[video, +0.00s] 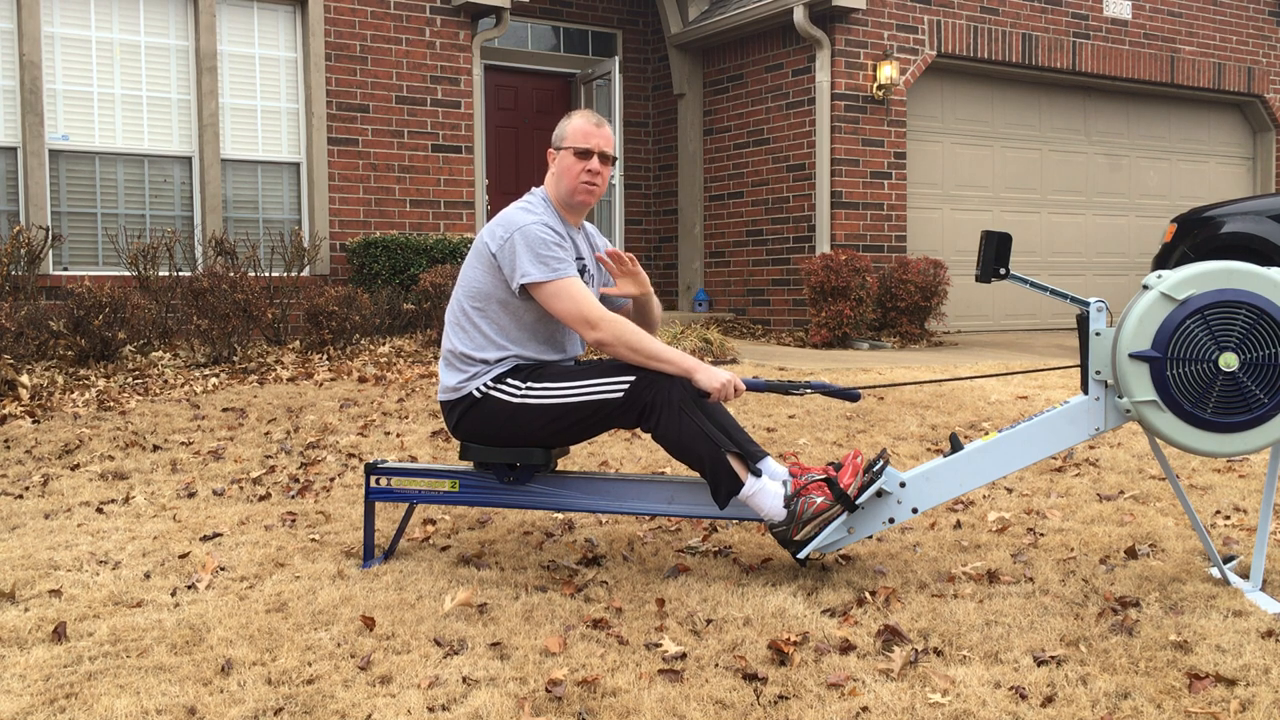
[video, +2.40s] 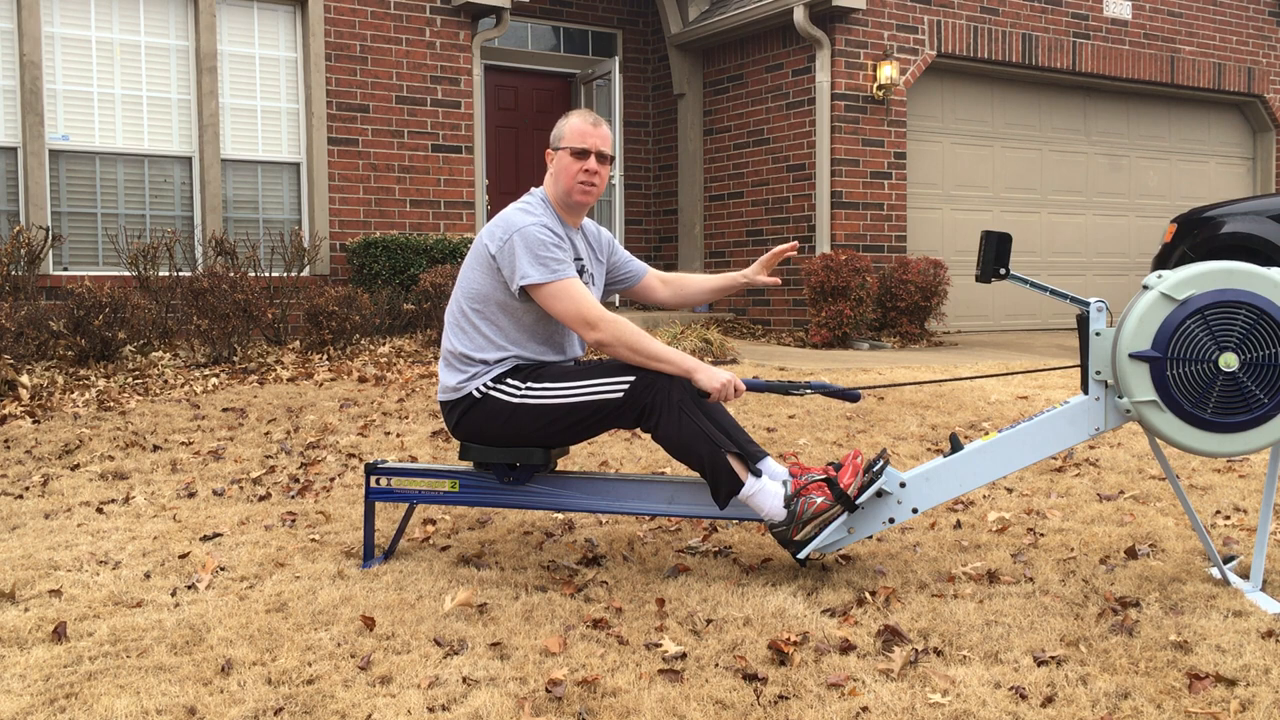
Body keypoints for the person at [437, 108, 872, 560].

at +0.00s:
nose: (595, 169)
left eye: (605, 161)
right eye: (583, 155)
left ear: (612, 172)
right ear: (551, 158)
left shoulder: (588, 238)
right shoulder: (526, 225)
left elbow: (644, 337)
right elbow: (594, 328)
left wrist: (643, 295)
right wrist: (699, 370)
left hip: (539, 376)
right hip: (486, 389)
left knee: (674, 378)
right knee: (650, 388)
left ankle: (786, 484)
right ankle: (776, 509)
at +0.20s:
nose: (595, 169)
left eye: (605, 161)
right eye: (582, 155)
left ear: (611, 171)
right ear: (551, 158)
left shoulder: (589, 237)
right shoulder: (525, 226)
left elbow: (646, 299)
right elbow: (593, 328)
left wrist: (687, 309)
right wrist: (699, 371)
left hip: (539, 377)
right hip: (487, 391)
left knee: (675, 379)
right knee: (650, 388)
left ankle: (786, 484)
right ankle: (776, 509)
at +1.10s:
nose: (595, 167)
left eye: (605, 159)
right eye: (582, 153)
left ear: (611, 171)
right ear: (550, 158)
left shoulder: (587, 238)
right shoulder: (526, 225)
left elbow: (644, 318)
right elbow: (593, 328)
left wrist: (653, 279)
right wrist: (699, 371)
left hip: (539, 376)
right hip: (486, 390)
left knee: (675, 378)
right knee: (650, 388)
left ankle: (786, 483)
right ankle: (775, 510)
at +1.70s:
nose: (595, 168)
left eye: (606, 161)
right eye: (583, 155)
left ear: (612, 173)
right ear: (552, 159)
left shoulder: (592, 237)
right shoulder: (525, 227)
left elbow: (651, 293)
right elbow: (596, 329)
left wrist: (710, 304)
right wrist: (700, 372)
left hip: (539, 376)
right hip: (486, 390)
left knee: (675, 378)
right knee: (650, 388)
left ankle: (785, 484)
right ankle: (776, 509)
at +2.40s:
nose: (592, 168)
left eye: (603, 159)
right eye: (580, 154)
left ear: (610, 171)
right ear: (549, 159)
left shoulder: (592, 236)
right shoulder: (525, 226)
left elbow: (661, 288)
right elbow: (594, 327)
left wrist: (745, 278)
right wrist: (699, 370)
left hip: (541, 376)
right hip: (487, 391)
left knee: (675, 379)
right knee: (651, 388)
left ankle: (788, 485)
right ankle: (776, 510)